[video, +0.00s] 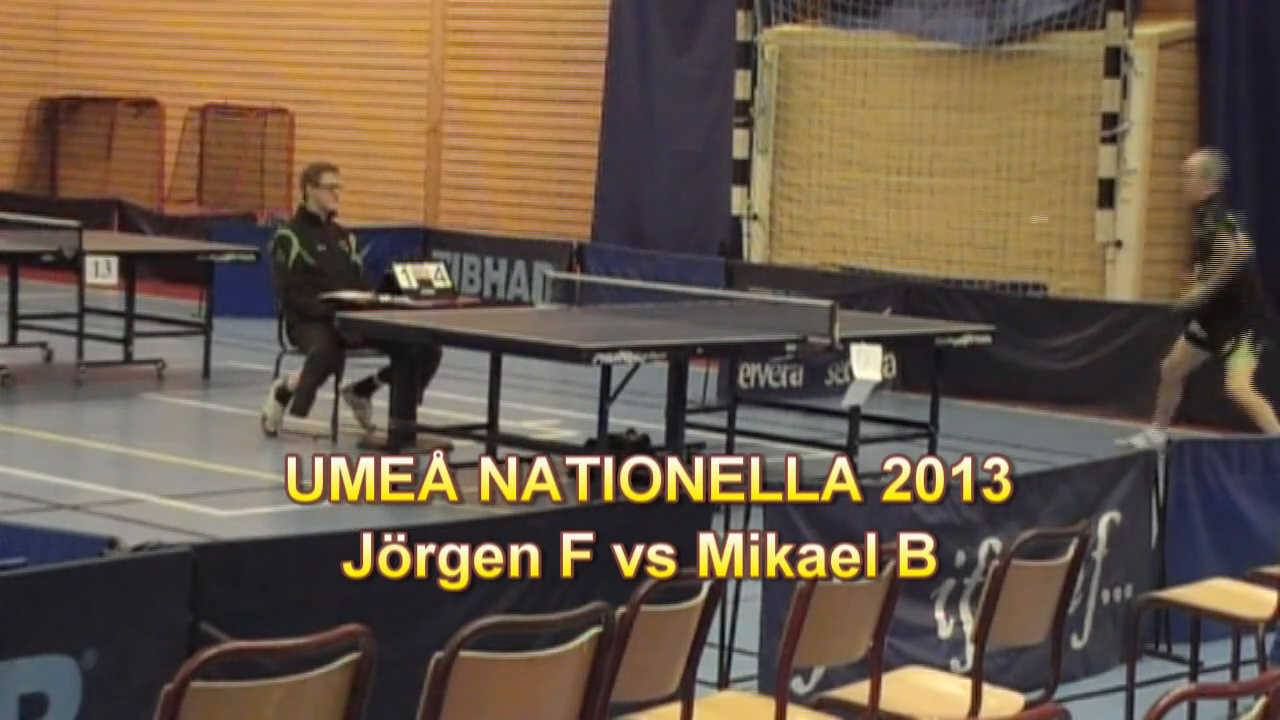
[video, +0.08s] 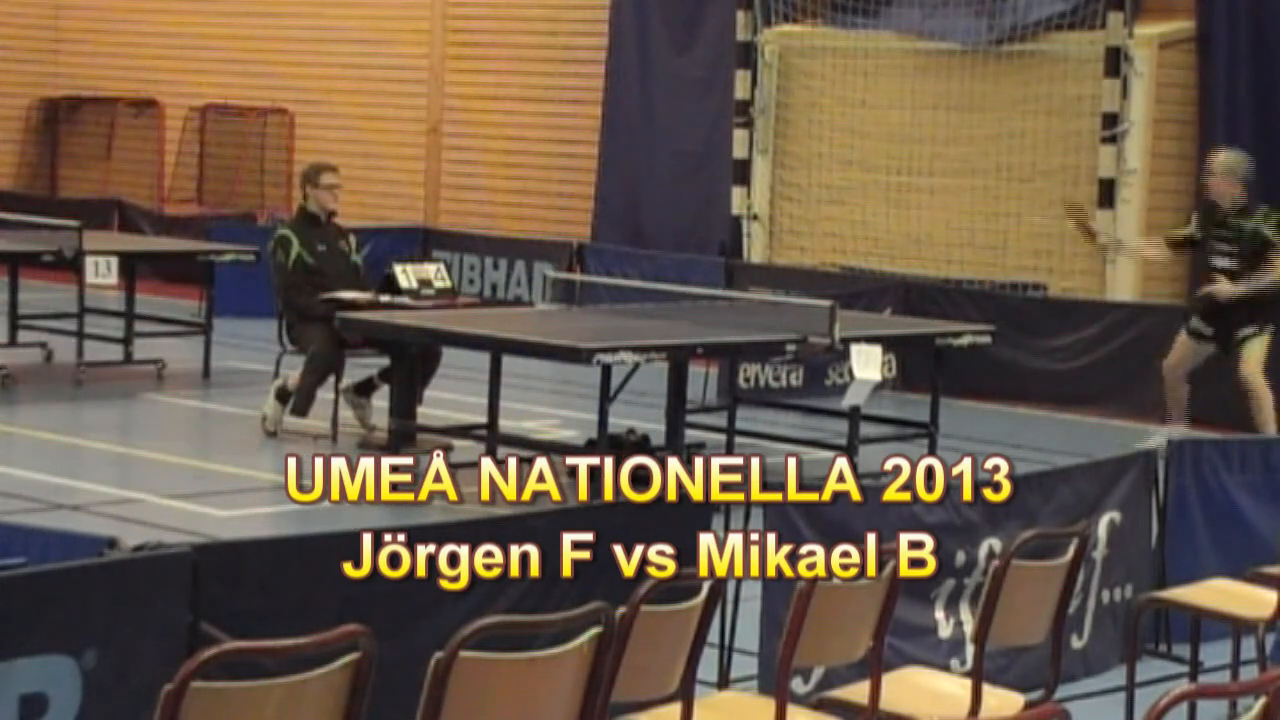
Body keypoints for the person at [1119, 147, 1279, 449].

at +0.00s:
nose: (1183, 182)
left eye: (1190, 175)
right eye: (1183, 174)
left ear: (1211, 181)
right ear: (1199, 181)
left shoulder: (1225, 216)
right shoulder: (1203, 216)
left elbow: (1238, 253)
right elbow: (1209, 258)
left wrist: (1200, 293)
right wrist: (1199, 274)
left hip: (1243, 317)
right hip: (1212, 315)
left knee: (1237, 387)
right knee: (1172, 369)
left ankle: (1277, 439)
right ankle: (1157, 432)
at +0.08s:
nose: (1206, 182)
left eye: (1214, 176)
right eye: (1207, 175)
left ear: (1236, 183)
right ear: (1216, 182)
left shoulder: (1261, 222)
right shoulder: (1207, 219)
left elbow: (1274, 274)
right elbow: (1165, 248)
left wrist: (1237, 289)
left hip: (1254, 313)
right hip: (1213, 309)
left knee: (1251, 373)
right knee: (1173, 368)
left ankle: (1271, 442)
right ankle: (1178, 433)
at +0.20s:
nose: (1253, 209)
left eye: (1261, 202)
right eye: (1246, 202)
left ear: (1271, 208)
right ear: (1234, 204)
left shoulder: (1274, 246)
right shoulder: (1222, 237)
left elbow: (1279, 305)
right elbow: (1196, 220)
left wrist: (1267, 328)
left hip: (1268, 331)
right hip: (1227, 326)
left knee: (1273, 375)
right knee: (1173, 383)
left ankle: (1275, 441)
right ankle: (1194, 424)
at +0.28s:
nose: (1260, 233)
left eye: (1267, 227)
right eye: (1257, 224)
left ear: (1278, 231)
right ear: (1249, 224)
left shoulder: (1277, 265)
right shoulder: (1230, 255)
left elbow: (1278, 319)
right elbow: (1223, 304)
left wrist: (1269, 348)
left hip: (1268, 340)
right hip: (1228, 334)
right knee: (1180, 404)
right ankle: (1193, 431)